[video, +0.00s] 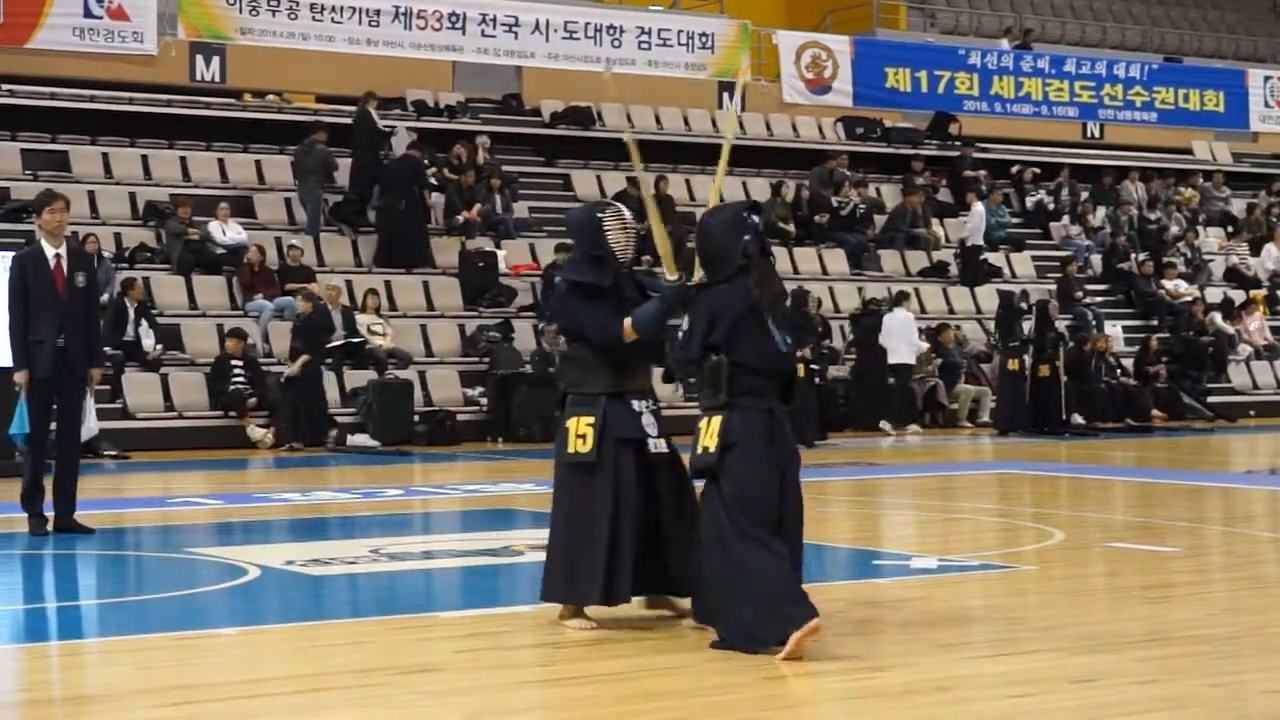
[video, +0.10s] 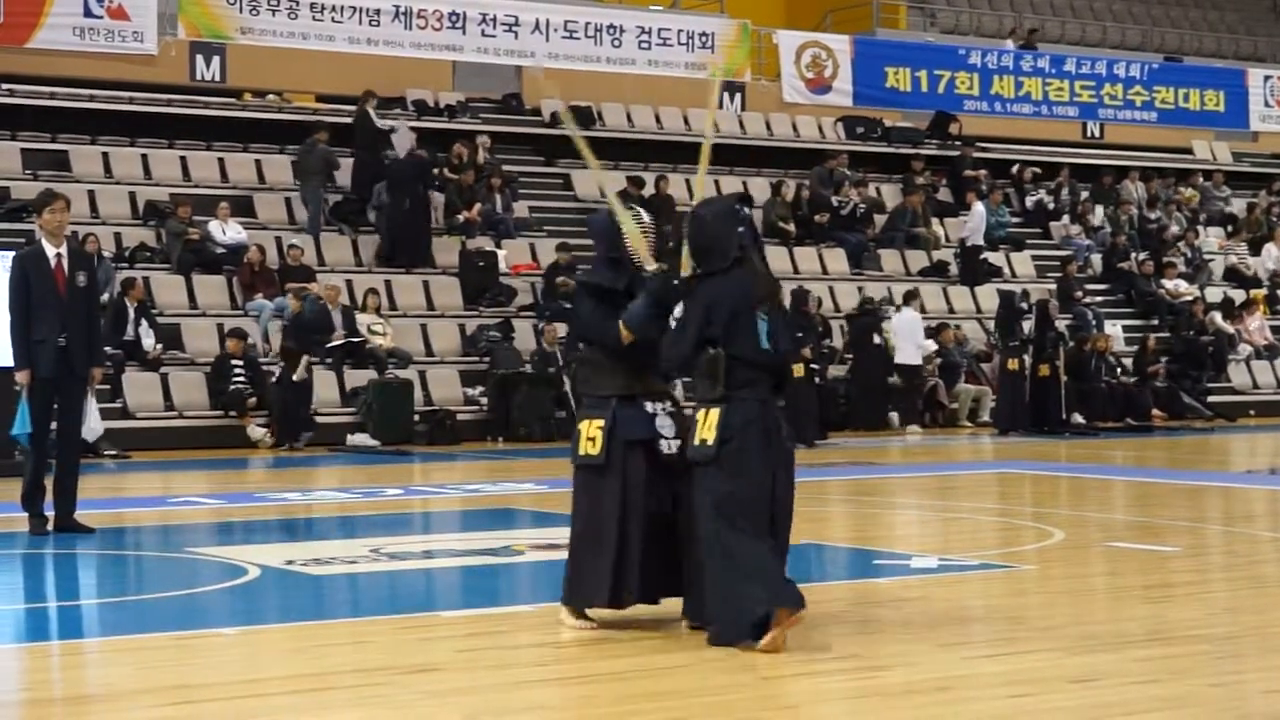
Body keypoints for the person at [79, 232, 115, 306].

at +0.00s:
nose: (92, 245)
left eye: (95, 243)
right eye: (89, 243)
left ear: (98, 245)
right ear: (83, 245)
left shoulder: (105, 263)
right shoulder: (79, 262)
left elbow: (111, 280)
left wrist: (107, 294)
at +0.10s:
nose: (92, 245)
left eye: (95, 242)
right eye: (89, 242)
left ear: (98, 244)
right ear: (83, 245)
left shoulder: (105, 262)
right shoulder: (79, 261)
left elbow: (111, 279)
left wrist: (107, 293)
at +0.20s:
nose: (93, 245)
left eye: (95, 242)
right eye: (90, 242)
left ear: (99, 244)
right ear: (84, 245)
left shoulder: (105, 262)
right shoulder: (79, 261)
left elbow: (111, 280)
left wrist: (107, 294)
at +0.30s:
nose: (93, 245)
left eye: (95, 242)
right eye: (90, 242)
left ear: (99, 244)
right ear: (84, 245)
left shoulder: (105, 262)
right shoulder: (79, 261)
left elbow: (112, 279)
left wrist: (107, 294)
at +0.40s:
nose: (93, 245)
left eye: (95, 242)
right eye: (90, 242)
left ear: (99, 244)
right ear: (84, 245)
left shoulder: (105, 262)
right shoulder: (79, 261)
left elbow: (112, 279)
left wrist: (107, 294)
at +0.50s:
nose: (93, 245)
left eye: (95, 242)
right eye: (89, 242)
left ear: (98, 244)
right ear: (84, 245)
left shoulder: (105, 262)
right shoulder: (79, 261)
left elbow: (111, 280)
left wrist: (106, 295)